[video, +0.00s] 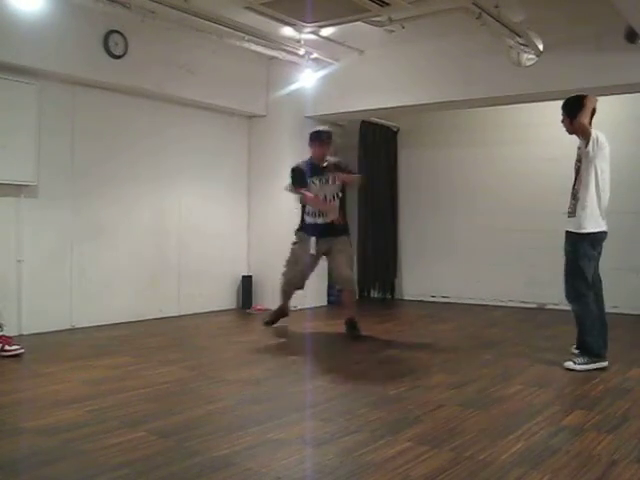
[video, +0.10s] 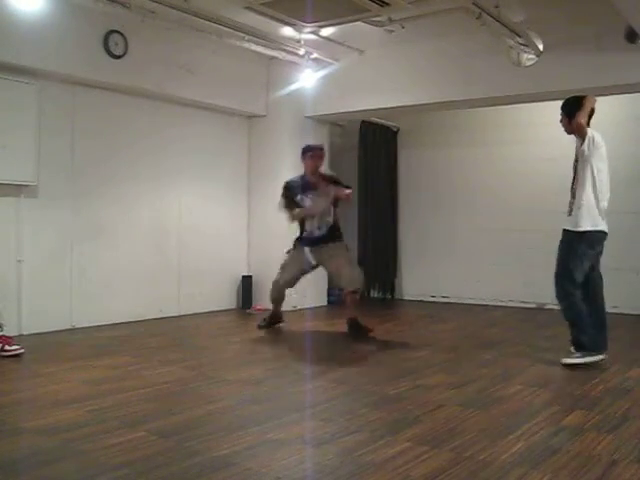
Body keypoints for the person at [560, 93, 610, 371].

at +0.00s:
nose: (564, 126)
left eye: (566, 120)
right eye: (564, 120)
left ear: (577, 118)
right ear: (576, 119)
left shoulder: (595, 143)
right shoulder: (587, 145)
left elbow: (582, 126)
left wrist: (589, 106)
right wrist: (588, 106)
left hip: (587, 229)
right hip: (582, 228)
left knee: (581, 292)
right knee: (587, 290)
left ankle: (594, 354)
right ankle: (589, 347)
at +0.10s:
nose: (562, 124)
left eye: (564, 119)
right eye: (562, 119)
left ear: (576, 118)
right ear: (576, 119)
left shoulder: (591, 142)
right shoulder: (587, 145)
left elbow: (581, 122)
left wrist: (588, 105)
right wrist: (587, 104)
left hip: (583, 228)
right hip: (589, 227)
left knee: (566, 285)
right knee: (590, 287)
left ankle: (588, 347)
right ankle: (594, 345)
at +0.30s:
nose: (557, 126)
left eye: (558, 120)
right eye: (556, 121)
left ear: (568, 118)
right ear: (569, 121)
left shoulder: (582, 142)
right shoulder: (590, 144)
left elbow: (572, 121)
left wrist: (580, 104)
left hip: (575, 225)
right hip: (592, 227)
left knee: (546, 281)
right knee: (589, 290)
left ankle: (561, 342)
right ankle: (596, 346)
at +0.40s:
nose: (552, 129)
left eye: (553, 123)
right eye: (551, 124)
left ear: (563, 120)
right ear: (568, 122)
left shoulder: (577, 143)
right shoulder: (585, 146)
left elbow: (565, 121)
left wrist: (574, 105)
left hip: (570, 226)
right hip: (588, 228)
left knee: (542, 281)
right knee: (587, 290)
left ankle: (543, 341)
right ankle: (595, 345)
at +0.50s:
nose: (546, 129)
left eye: (548, 124)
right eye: (546, 124)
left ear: (559, 121)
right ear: (566, 122)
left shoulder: (571, 144)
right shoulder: (579, 146)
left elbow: (556, 123)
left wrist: (567, 108)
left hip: (564, 228)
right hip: (581, 229)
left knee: (540, 283)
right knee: (583, 290)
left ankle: (529, 336)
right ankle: (595, 344)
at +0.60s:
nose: (542, 129)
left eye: (544, 123)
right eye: (542, 124)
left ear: (554, 122)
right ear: (565, 124)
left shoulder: (564, 146)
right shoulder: (574, 149)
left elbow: (548, 126)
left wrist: (560, 111)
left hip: (554, 227)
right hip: (572, 229)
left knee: (536, 286)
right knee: (575, 290)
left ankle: (528, 337)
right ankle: (592, 342)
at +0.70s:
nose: (538, 127)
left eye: (540, 123)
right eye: (538, 123)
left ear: (548, 123)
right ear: (562, 124)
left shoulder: (559, 145)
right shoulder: (570, 149)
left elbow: (539, 128)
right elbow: (570, 191)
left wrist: (554, 110)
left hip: (546, 227)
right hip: (564, 228)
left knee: (529, 283)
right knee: (562, 284)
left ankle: (527, 339)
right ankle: (587, 337)